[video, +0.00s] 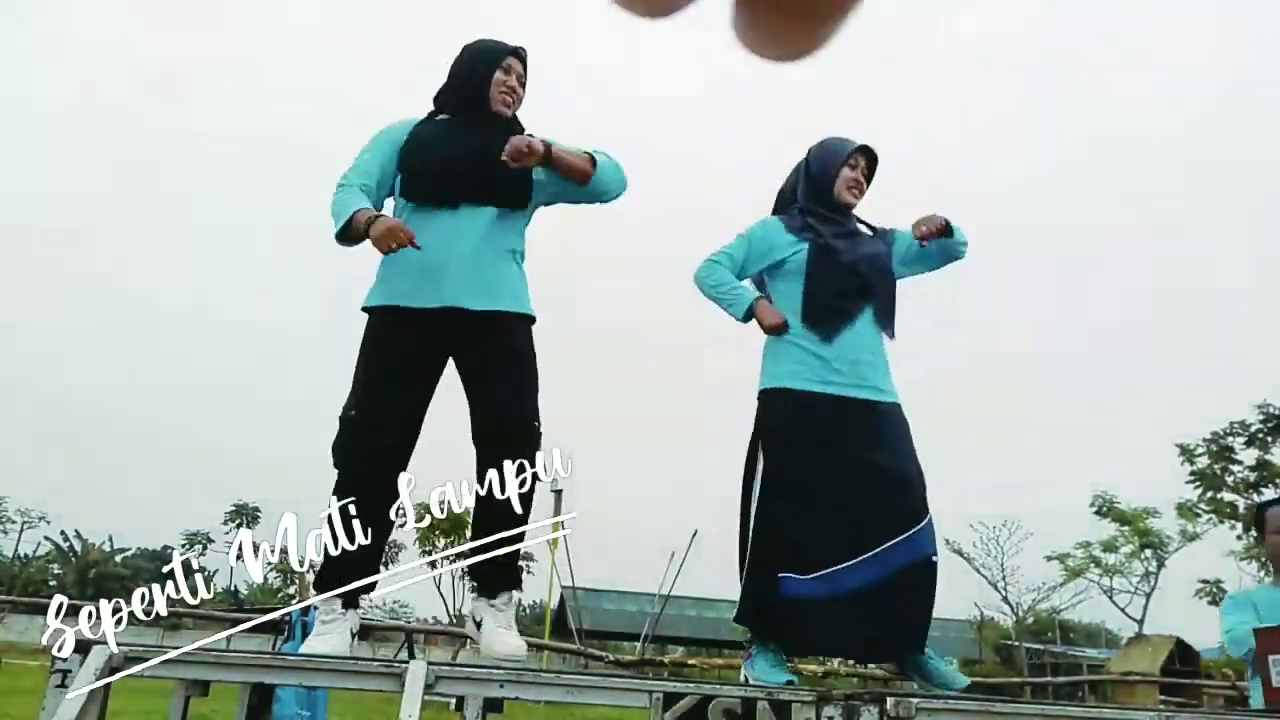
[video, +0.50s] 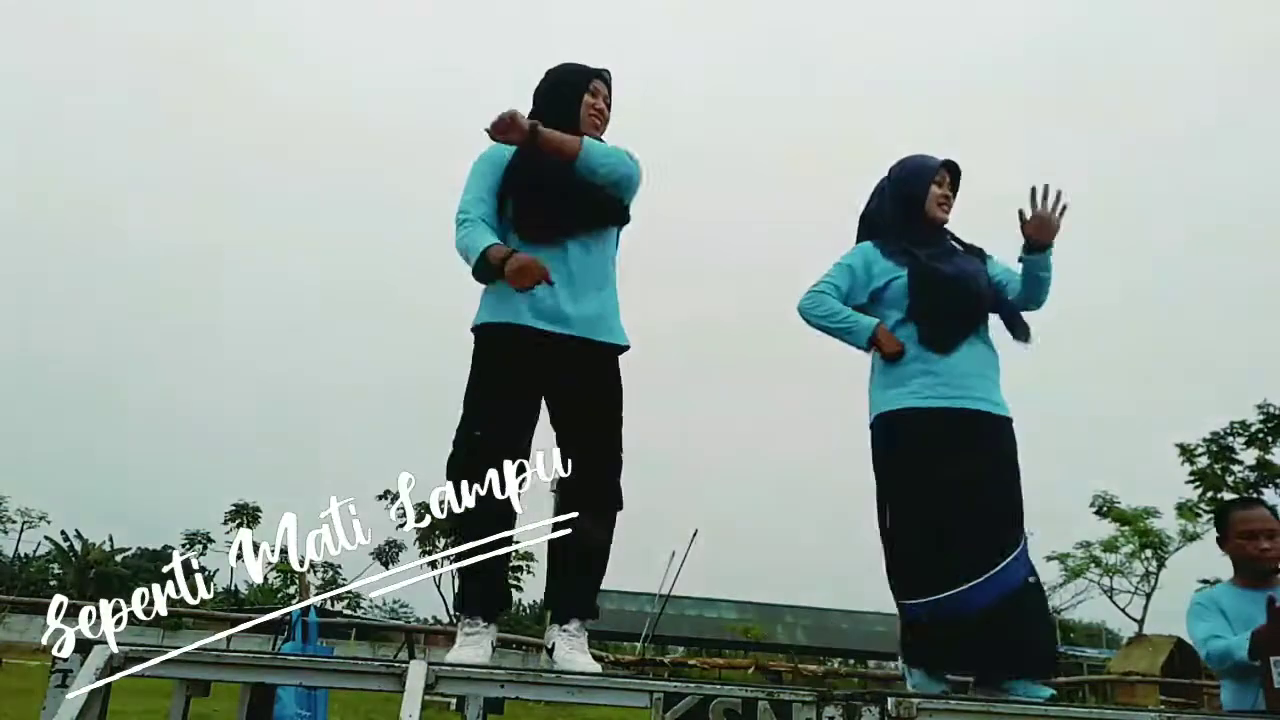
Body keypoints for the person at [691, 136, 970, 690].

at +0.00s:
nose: (858, 177)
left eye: (864, 173)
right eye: (850, 166)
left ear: (865, 187)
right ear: (820, 167)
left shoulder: (876, 242)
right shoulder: (779, 230)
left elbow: (947, 252)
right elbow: (711, 271)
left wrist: (942, 232)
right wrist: (754, 303)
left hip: (872, 394)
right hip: (798, 390)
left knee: (907, 511)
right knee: (786, 513)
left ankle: (909, 646)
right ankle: (767, 647)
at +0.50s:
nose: (946, 194)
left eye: (950, 188)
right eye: (937, 185)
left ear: (952, 200)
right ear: (905, 188)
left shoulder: (971, 260)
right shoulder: (872, 255)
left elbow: (1029, 295)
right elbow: (814, 303)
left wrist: (1037, 250)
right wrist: (872, 331)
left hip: (982, 410)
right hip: (908, 410)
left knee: (996, 533)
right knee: (920, 535)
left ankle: (1009, 667)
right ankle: (926, 662)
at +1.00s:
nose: (978, 192)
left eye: (987, 186)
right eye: (965, 185)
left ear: (999, 200)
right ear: (944, 199)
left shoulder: (1025, 264)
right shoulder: (918, 265)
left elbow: (1089, 294)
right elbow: (863, 321)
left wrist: (1158, 316)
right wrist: (882, 326)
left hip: (1030, 420)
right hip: (952, 418)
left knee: (1064, 541)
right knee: (947, 540)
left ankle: (1088, 668)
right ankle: (932, 664)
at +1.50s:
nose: (999, 183)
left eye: (1009, 173)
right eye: (989, 178)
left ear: (1033, 181)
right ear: (979, 193)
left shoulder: (1068, 246)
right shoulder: (974, 242)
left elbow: (1131, 287)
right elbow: (947, 256)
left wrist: (1113, 322)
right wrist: (1031, 243)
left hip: (1073, 394)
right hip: (999, 394)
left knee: (1099, 520)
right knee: (1011, 515)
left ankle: (1103, 657)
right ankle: (1004, 632)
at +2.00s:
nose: (939, 186)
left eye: (950, 179)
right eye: (930, 180)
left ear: (969, 194)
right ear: (916, 196)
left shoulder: (997, 258)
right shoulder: (896, 249)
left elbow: (1052, 312)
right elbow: (848, 275)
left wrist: (1020, 339)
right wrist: (915, 246)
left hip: (978, 409)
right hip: (900, 404)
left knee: (998, 535)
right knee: (897, 531)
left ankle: (1011, 665)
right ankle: (894, 660)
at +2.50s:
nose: (898, 179)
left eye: (908, 174)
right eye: (887, 173)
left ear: (922, 192)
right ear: (869, 191)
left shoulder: (950, 254)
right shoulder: (844, 248)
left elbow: (1007, 292)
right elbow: (767, 276)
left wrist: (1025, 340)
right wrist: (704, 264)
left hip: (929, 411)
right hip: (851, 405)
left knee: (942, 533)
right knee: (832, 529)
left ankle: (961, 661)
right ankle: (808, 653)